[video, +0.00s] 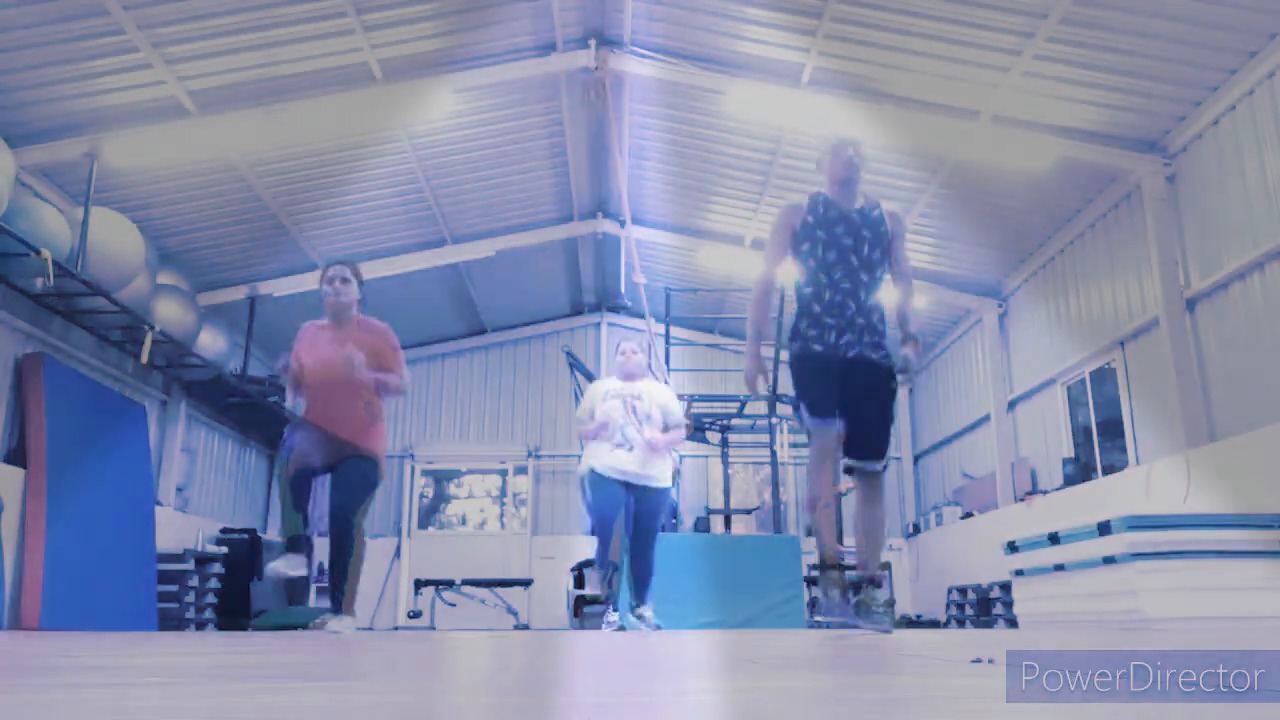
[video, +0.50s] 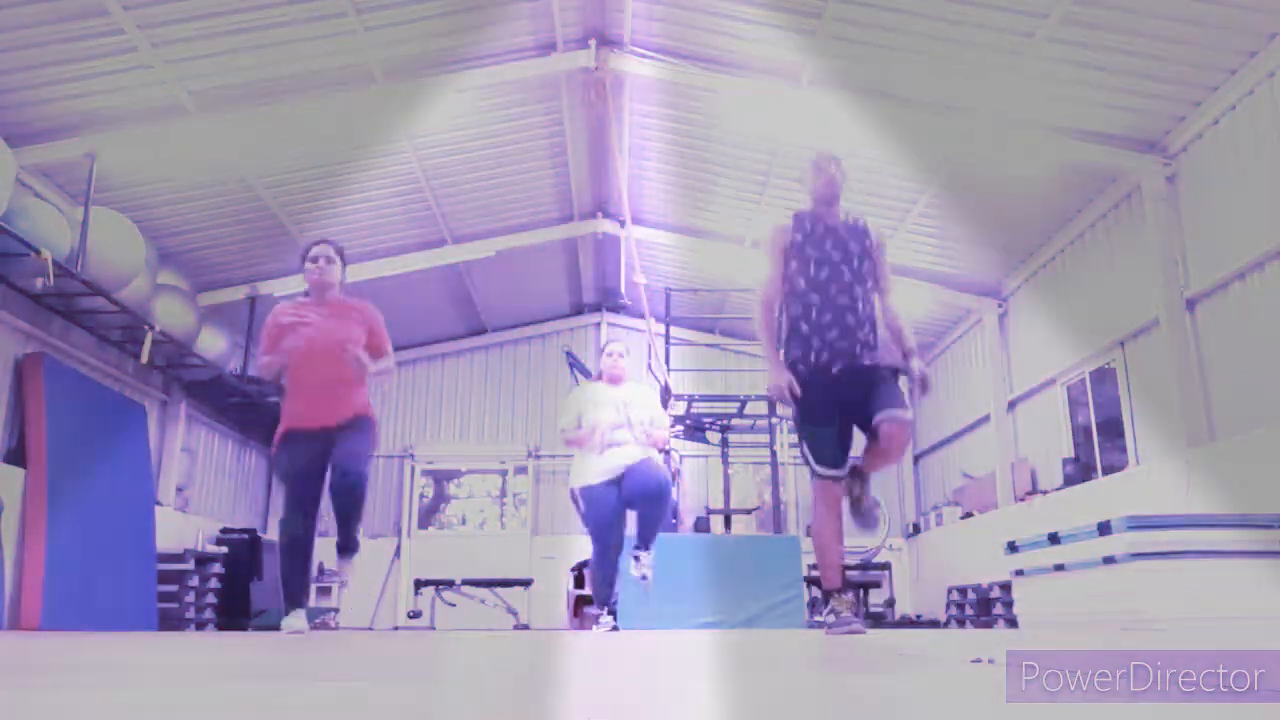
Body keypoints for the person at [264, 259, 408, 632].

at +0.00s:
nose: (336, 287)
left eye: (345, 281)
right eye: (330, 281)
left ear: (359, 291)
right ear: (322, 291)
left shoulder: (378, 333)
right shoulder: (308, 333)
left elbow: (400, 384)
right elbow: (297, 385)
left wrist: (367, 376)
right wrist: (291, 372)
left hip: (360, 442)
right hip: (316, 434)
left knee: (340, 512)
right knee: (299, 469)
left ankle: (337, 609)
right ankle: (301, 549)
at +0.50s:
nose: (321, 266)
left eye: (329, 261)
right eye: (314, 260)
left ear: (343, 271)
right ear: (303, 270)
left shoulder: (363, 313)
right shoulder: (284, 314)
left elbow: (388, 364)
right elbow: (265, 371)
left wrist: (367, 364)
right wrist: (286, 351)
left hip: (352, 420)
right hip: (302, 424)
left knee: (349, 474)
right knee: (296, 519)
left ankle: (347, 553)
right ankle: (295, 609)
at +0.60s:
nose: (322, 274)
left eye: (330, 269)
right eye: (315, 268)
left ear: (342, 278)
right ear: (304, 277)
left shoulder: (361, 318)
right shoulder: (285, 321)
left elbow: (384, 367)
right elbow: (266, 383)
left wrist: (375, 373)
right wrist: (278, 379)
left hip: (349, 418)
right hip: (299, 425)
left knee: (339, 448)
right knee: (296, 520)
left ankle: (342, 536)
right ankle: (294, 609)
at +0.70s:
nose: (324, 284)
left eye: (331, 278)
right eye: (317, 278)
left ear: (342, 286)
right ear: (306, 286)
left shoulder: (360, 332)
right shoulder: (285, 333)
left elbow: (379, 384)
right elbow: (266, 390)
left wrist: (374, 375)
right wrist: (276, 371)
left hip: (348, 425)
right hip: (297, 435)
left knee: (334, 440)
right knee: (295, 523)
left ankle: (340, 531)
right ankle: (294, 608)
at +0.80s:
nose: (328, 270)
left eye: (337, 265)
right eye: (322, 263)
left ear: (348, 275)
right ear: (310, 272)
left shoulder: (365, 317)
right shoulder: (289, 315)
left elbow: (389, 371)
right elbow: (266, 372)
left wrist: (368, 366)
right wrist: (280, 351)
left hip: (349, 416)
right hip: (299, 424)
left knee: (334, 450)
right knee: (297, 519)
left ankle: (336, 547)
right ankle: (296, 609)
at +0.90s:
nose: (335, 266)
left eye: (343, 262)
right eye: (328, 259)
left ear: (353, 273)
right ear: (315, 268)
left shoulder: (367, 315)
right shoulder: (293, 314)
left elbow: (392, 369)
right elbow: (271, 371)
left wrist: (369, 368)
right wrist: (293, 347)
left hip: (350, 416)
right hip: (303, 420)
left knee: (338, 478)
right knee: (302, 514)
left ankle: (334, 572)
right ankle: (298, 607)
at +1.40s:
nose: (345, 280)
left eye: (354, 275)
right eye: (340, 274)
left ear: (369, 287)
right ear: (331, 283)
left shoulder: (382, 331)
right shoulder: (315, 329)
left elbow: (403, 386)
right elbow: (317, 379)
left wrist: (367, 394)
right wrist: (294, 383)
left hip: (358, 444)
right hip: (314, 436)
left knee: (348, 527)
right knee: (285, 475)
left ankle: (346, 612)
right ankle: (300, 565)